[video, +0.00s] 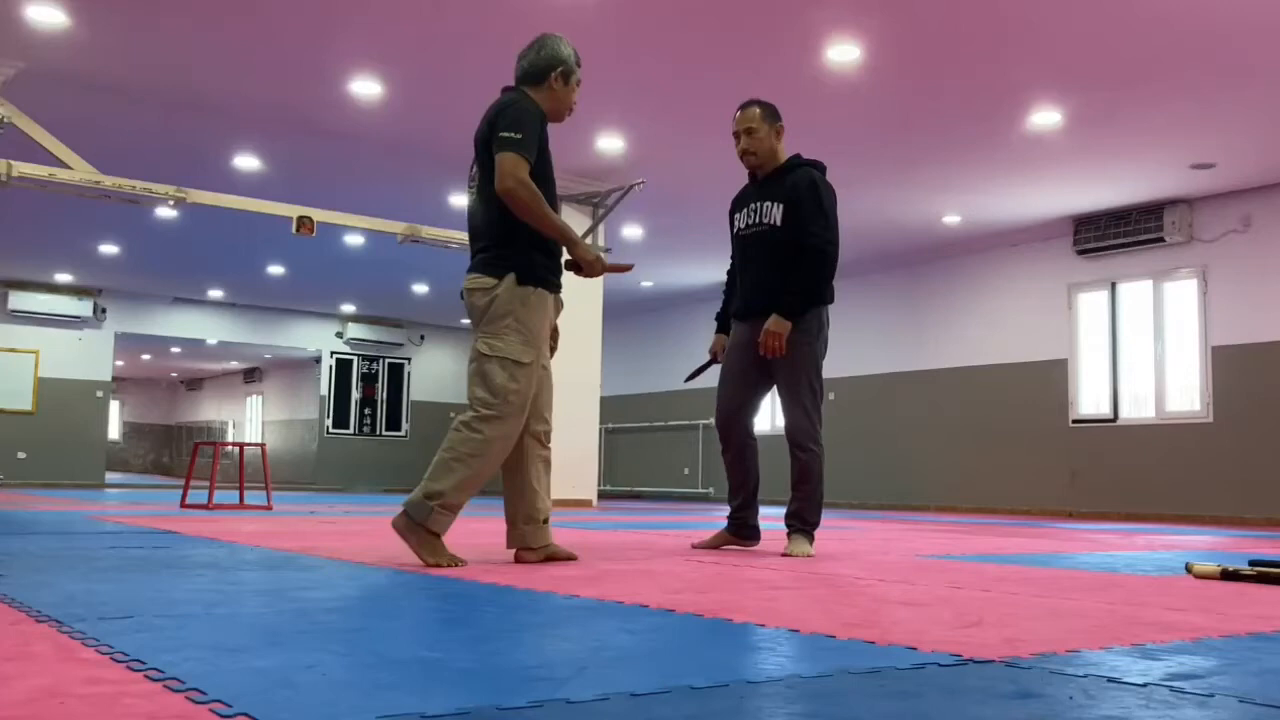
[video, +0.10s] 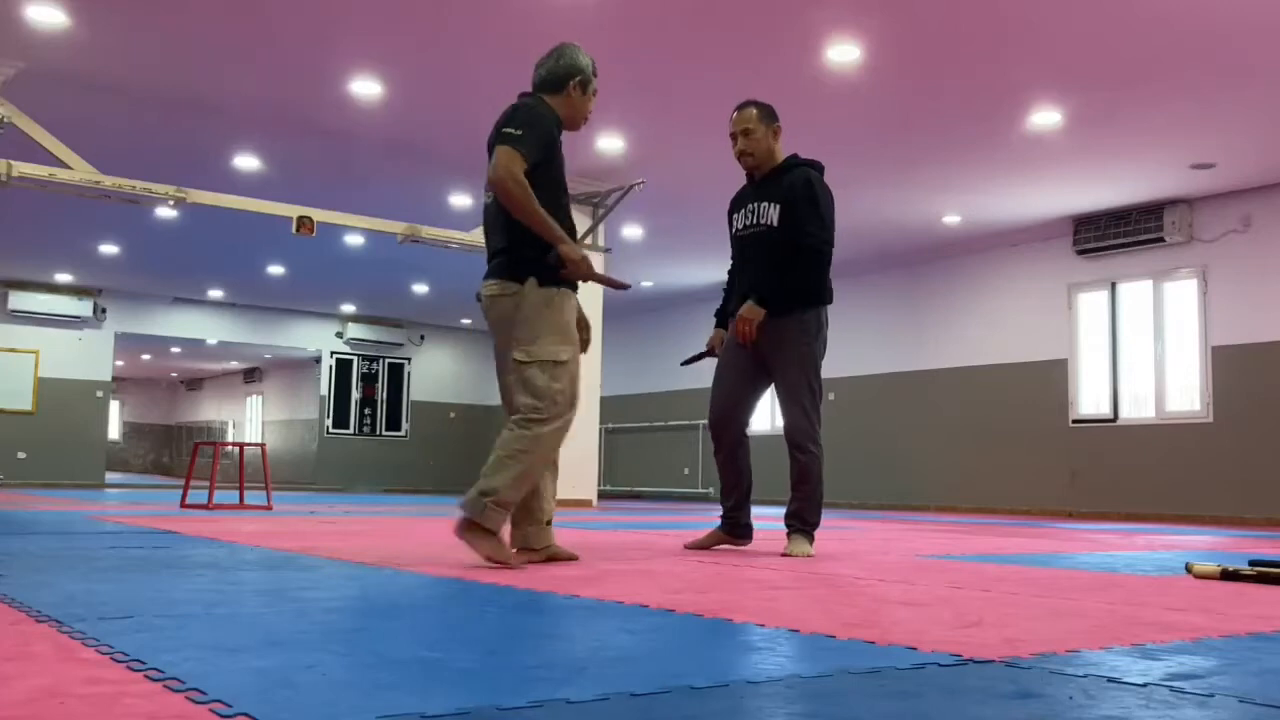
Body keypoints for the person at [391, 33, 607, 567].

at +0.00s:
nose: (577, 99)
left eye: (578, 88)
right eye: (576, 87)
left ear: (539, 77)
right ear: (556, 79)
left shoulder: (521, 119)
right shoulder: (518, 109)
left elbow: (516, 226)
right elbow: (511, 183)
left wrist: (544, 303)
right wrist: (575, 243)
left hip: (527, 291)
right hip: (510, 289)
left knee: (532, 421)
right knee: (497, 413)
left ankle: (531, 538)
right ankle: (423, 519)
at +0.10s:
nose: (593, 105)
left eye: (594, 94)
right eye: (592, 93)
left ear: (558, 86)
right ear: (574, 86)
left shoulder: (539, 132)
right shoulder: (531, 115)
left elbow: (543, 233)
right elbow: (504, 174)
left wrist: (571, 303)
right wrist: (563, 243)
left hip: (531, 294)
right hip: (529, 293)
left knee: (537, 413)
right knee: (547, 409)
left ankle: (534, 536)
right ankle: (482, 517)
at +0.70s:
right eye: (633, 92)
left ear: (575, 95)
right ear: (631, 94)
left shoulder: (540, 137)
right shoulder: (650, 129)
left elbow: (519, 223)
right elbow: (712, 200)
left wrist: (572, 216)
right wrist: (745, 256)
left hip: (562, 285)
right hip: (629, 283)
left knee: (556, 420)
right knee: (643, 420)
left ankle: (540, 539)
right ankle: (639, 547)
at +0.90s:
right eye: (649, 80)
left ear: (590, 81)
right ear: (647, 81)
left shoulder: (554, 124)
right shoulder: (667, 115)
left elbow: (528, 216)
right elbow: (711, 197)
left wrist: (581, 195)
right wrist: (729, 254)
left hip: (572, 278)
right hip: (643, 278)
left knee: (563, 416)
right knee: (651, 421)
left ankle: (540, 542)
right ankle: (639, 551)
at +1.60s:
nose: (633, 112)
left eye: (632, 104)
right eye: (631, 104)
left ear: (578, 98)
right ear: (622, 102)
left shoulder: (546, 139)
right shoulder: (607, 121)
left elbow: (549, 220)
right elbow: (617, 166)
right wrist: (648, 230)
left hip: (518, 284)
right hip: (573, 280)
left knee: (543, 421)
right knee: (622, 420)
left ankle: (514, 542)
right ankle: (630, 551)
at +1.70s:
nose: (616, 109)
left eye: (613, 101)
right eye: (615, 101)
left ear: (559, 96)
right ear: (608, 98)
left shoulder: (513, 144)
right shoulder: (606, 120)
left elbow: (483, 235)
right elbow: (663, 196)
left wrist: (518, 274)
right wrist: (695, 254)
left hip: (503, 282)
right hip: (560, 276)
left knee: (532, 417)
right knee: (599, 415)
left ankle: (513, 544)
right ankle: (616, 550)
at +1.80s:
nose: (608, 108)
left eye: (606, 100)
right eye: (607, 100)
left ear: (547, 91)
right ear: (597, 97)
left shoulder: (499, 134)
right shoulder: (601, 127)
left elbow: (464, 211)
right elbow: (627, 225)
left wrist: (493, 266)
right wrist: (640, 292)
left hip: (500, 279)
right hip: (560, 276)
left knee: (522, 413)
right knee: (575, 411)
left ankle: (508, 541)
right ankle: (542, 540)